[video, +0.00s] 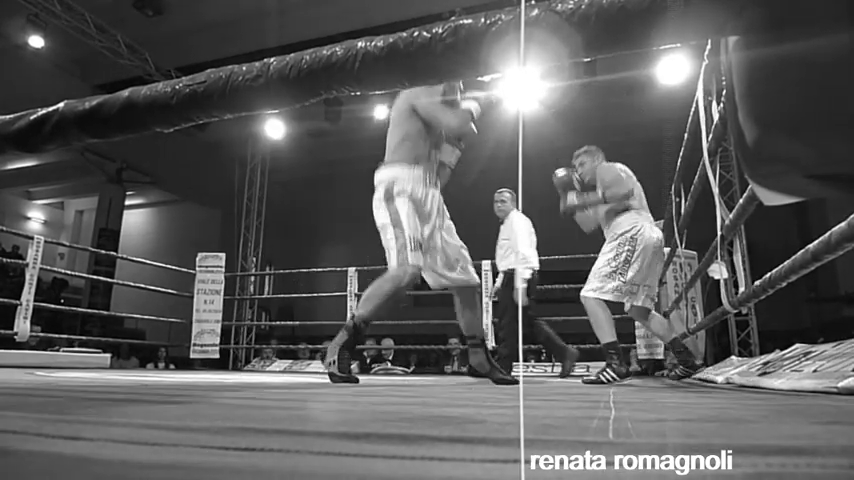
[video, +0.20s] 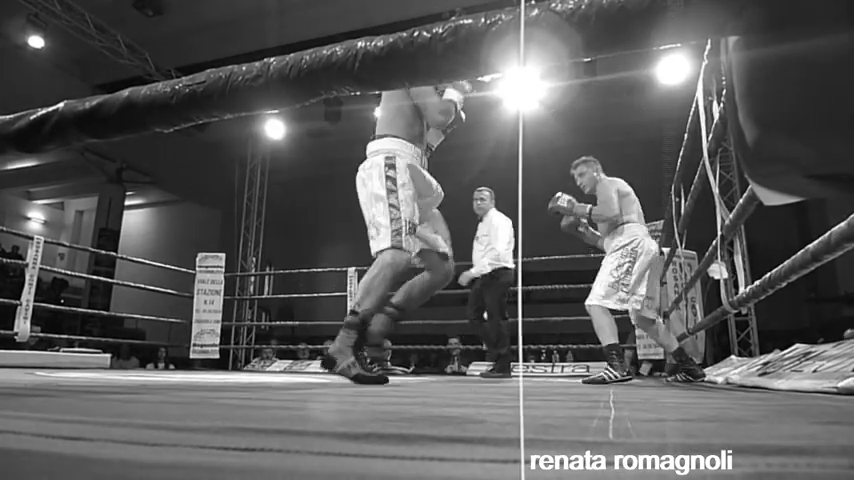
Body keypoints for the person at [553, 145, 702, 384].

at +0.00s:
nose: (579, 171)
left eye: (582, 164)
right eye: (576, 168)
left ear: (596, 159)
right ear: (576, 172)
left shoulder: (608, 168)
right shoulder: (593, 193)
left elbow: (622, 192)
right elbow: (588, 226)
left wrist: (579, 199)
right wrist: (567, 194)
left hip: (630, 235)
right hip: (652, 238)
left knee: (591, 295)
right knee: (638, 309)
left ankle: (616, 364)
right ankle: (686, 357)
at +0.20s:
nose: (578, 181)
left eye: (581, 174)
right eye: (576, 178)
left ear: (595, 171)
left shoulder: (606, 183)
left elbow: (610, 211)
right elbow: (608, 243)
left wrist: (577, 208)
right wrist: (580, 230)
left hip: (630, 245)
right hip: (647, 248)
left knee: (595, 304)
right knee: (641, 315)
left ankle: (616, 366)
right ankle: (688, 365)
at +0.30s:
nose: (577, 167)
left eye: (581, 161)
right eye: (574, 164)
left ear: (594, 159)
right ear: (573, 167)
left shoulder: (607, 174)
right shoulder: (586, 191)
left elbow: (617, 201)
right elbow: (589, 233)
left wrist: (580, 190)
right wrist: (568, 208)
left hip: (618, 239)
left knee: (585, 290)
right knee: (636, 308)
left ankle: (608, 358)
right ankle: (683, 356)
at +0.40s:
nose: (572, 170)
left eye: (576, 164)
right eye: (568, 167)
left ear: (589, 163)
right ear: (565, 170)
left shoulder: (602, 177)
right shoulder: (573, 196)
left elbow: (622, 199)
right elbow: (565, 231)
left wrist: (586, 187)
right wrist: (557, 203)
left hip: (613, 240)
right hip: (598, 247)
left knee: (578, 292)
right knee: (636, 307)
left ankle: (584, 361)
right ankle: (685, 355)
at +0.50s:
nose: (564, 177)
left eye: (568, 171)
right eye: (560, 173)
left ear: (580, 170)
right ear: (558, 177)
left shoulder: (597, 186)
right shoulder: (566, 204)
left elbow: (625, 208)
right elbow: (543, 232)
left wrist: (593, 194)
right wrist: (540, 204)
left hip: (605, 248)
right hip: (591, 255)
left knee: (568, 299)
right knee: (639, 309)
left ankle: (572, 366)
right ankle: (686, 357)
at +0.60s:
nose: (545, 181)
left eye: (549, 175)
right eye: (541, 177)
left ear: (561, 175)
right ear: (538, 180)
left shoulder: (575, 195)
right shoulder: (543, 205)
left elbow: (599, 227)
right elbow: (532, 238)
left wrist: (569, 211)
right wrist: (524, 211)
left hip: (582, 252)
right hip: (564, 259)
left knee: (551, 306)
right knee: (593, 318)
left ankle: (568, 368)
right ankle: (651, 345)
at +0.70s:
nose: (532, 179)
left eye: (536, 173)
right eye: (528, 175)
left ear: (548, 173)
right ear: (525, 179)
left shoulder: (561, 193)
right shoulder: (532, 202)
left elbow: (574, 225)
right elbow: (528, 240)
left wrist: (540, 215)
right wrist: (514, 215)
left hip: (568, 253)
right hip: (549, 258)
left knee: (548, 307)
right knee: (565, 318)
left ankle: (568, 366)